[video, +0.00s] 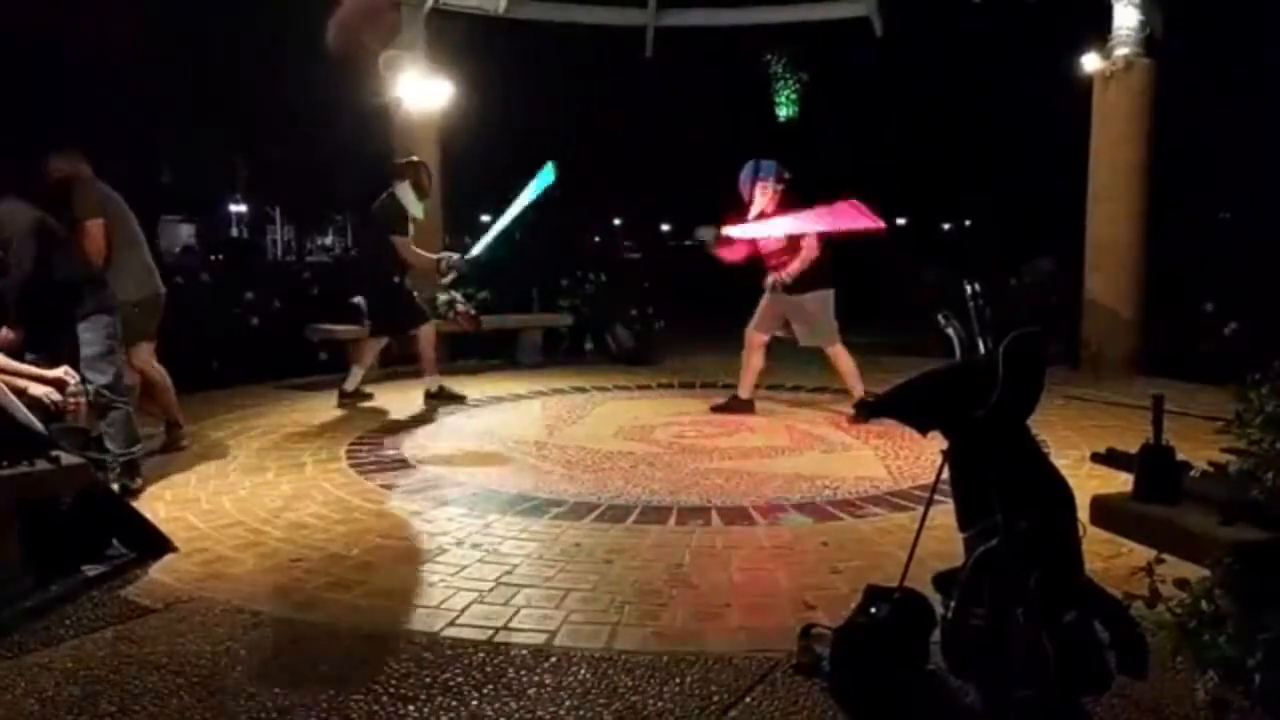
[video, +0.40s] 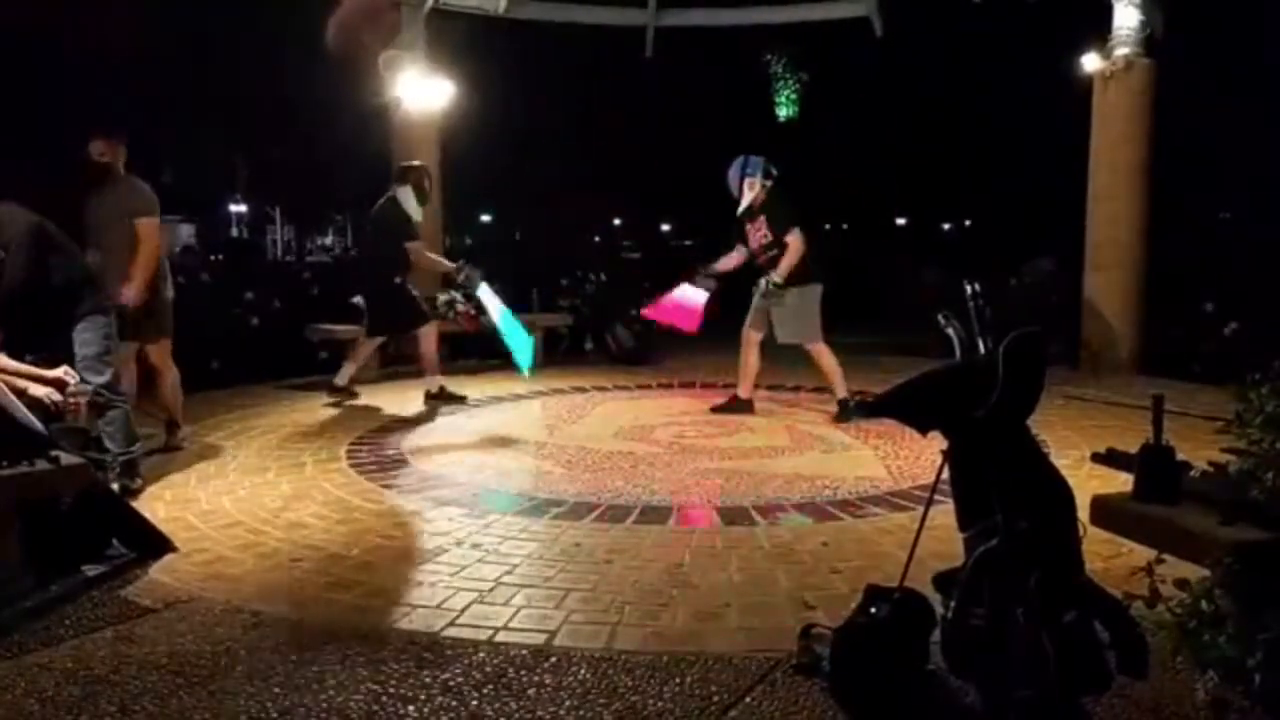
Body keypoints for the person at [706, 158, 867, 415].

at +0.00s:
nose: (767, 195)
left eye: (772, 189)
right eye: (761, 189)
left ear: (779, 191)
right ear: (751, 190)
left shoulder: (797, 215)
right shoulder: (753, 220)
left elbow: (812, 248)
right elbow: (738, 253)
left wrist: (785, 273)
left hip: (812, 288)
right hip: (778, 289)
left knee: (831, 345)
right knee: (755, 337)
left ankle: (861, 399)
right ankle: (743, 398)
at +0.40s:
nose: (747, 189)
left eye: (751, 183)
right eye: (745, 183)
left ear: (761, 183)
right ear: (740, 184)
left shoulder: (778, 205)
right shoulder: (746, 217)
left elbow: (797, 242)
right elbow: (741, 253)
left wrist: (778, 276)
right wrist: (712, 270)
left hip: (801, 282)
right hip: (769, 282)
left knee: (812, 342)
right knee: (751, 336)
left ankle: (844, 399)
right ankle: (743, 397)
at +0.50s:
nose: (753, 189)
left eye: (757, 183)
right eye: (751, 184)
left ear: (768, 182)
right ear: (750, 184)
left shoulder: (785, 206)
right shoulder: (756, 213)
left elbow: (797, 247)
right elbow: (764, 251)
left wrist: (764, 267)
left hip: (802, 288)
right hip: (773, 287)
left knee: (811, 344)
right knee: (751, 335)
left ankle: (842, 399)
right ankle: (743, 397)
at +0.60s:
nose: (768, 187)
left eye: (772, 181)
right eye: (768, 181)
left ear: (781, 181)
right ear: (773, 180)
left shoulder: (795, 206)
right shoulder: (776, 208)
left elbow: (794, 249)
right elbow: (782, 245)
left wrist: (757, 244)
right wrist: (756, 241)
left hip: (806, 288)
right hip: (782, 287)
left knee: (813, 344)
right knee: (764, 340)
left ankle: (843, 400)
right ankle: (745, 397)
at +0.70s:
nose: (779, 185)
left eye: (782, 179)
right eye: (781, 179)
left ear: (793, 178)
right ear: (800, 178)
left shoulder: (806, 204)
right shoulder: (797, 203)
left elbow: (788, 244)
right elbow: (790, 240)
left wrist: (766, 230)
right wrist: (770, 228)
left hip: (817, 285)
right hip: (799, 285)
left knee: (822, 344)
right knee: (778, 339)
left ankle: (844, 400)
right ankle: (756, 394)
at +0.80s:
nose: (787, 179)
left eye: (790, 173)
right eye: (788, 173)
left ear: (802, 173)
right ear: (809, 173)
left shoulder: (812, 200)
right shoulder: (804, 198)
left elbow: (786, 234)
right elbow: (790, 233)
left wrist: (770, 218)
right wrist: (781, 222)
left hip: (822, 282)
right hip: (804, 281)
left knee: (825, 340)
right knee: (782, 331)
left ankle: (844, 399)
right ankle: (781, 395)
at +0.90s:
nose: (795, 174)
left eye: (799, 169)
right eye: (796, 170)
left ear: (810, 169)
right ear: (818, 169)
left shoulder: (816, 197)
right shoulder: (820, 193)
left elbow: (782, 228)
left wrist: (778, 201)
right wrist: (798, 192)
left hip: (825, 279)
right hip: (810, 278)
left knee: (831, 339)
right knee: (790, 330)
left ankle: (845, 399)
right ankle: (808, 393)